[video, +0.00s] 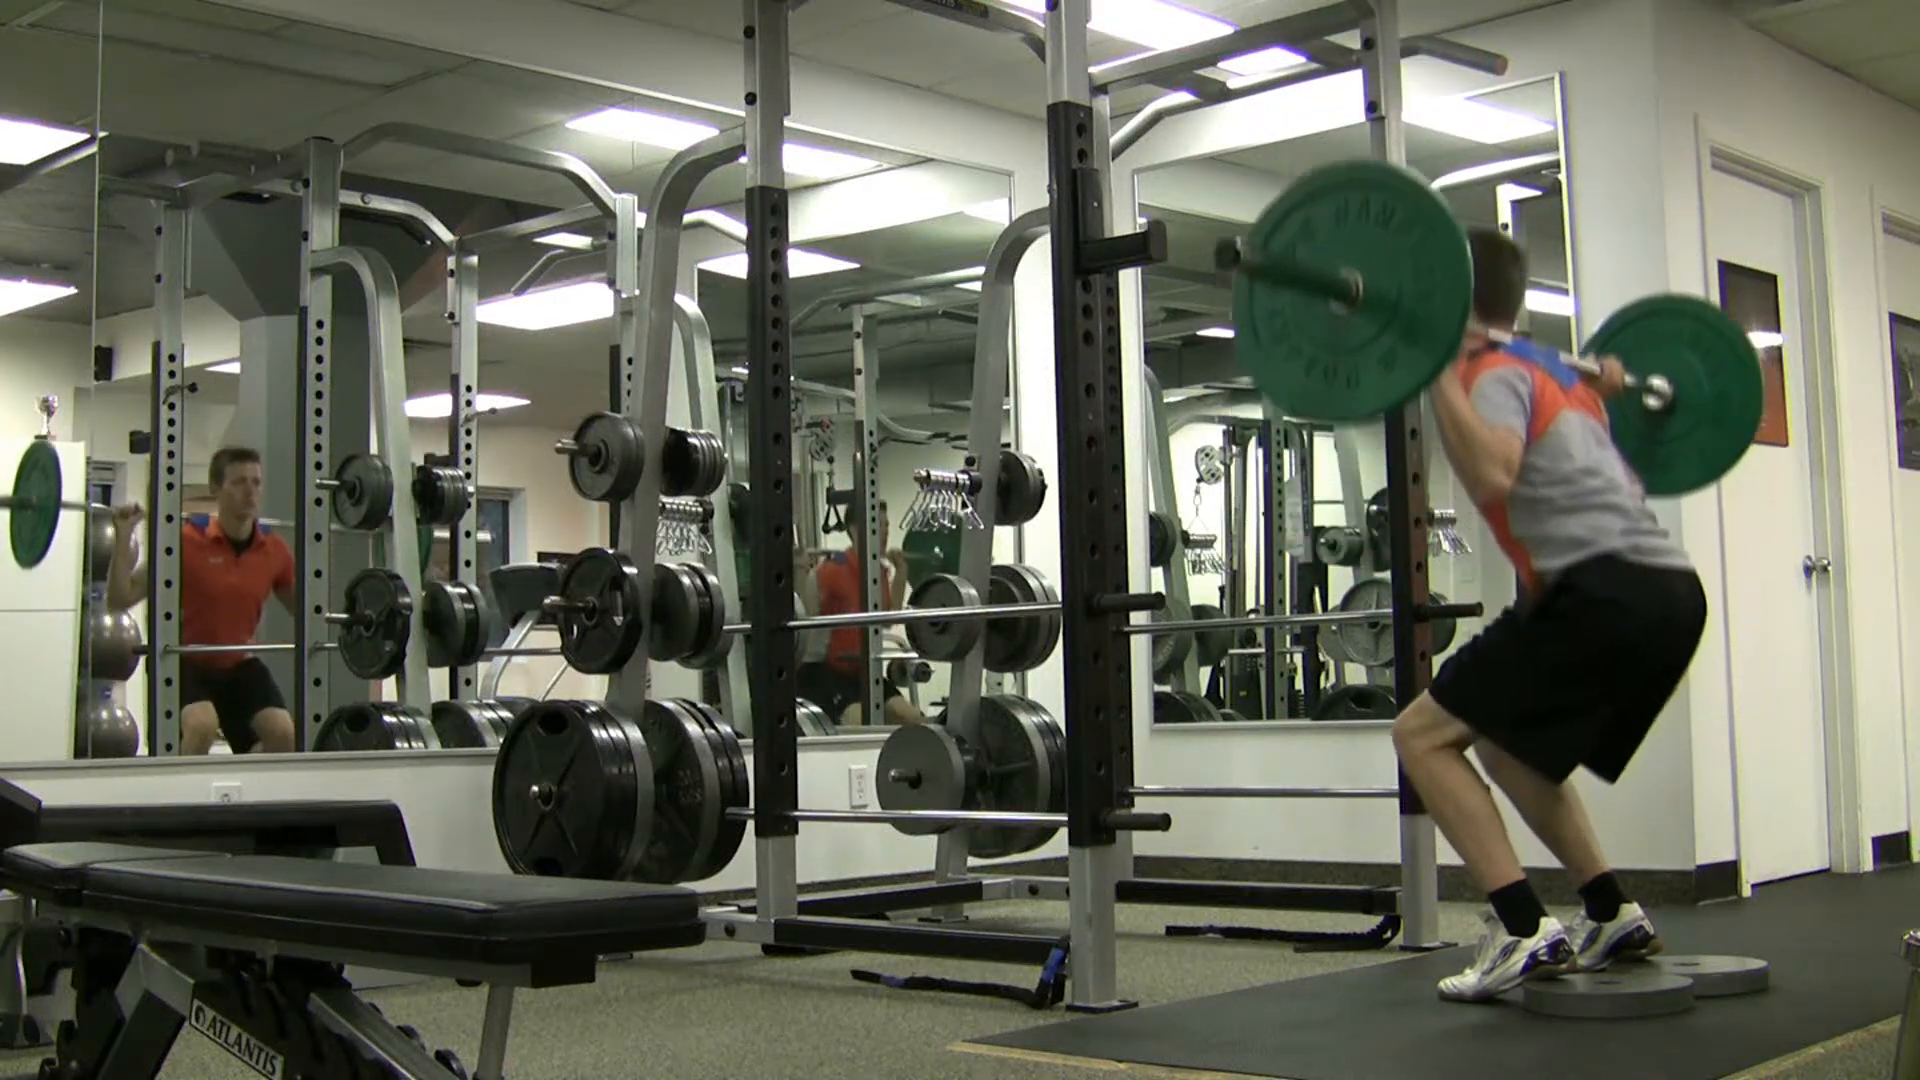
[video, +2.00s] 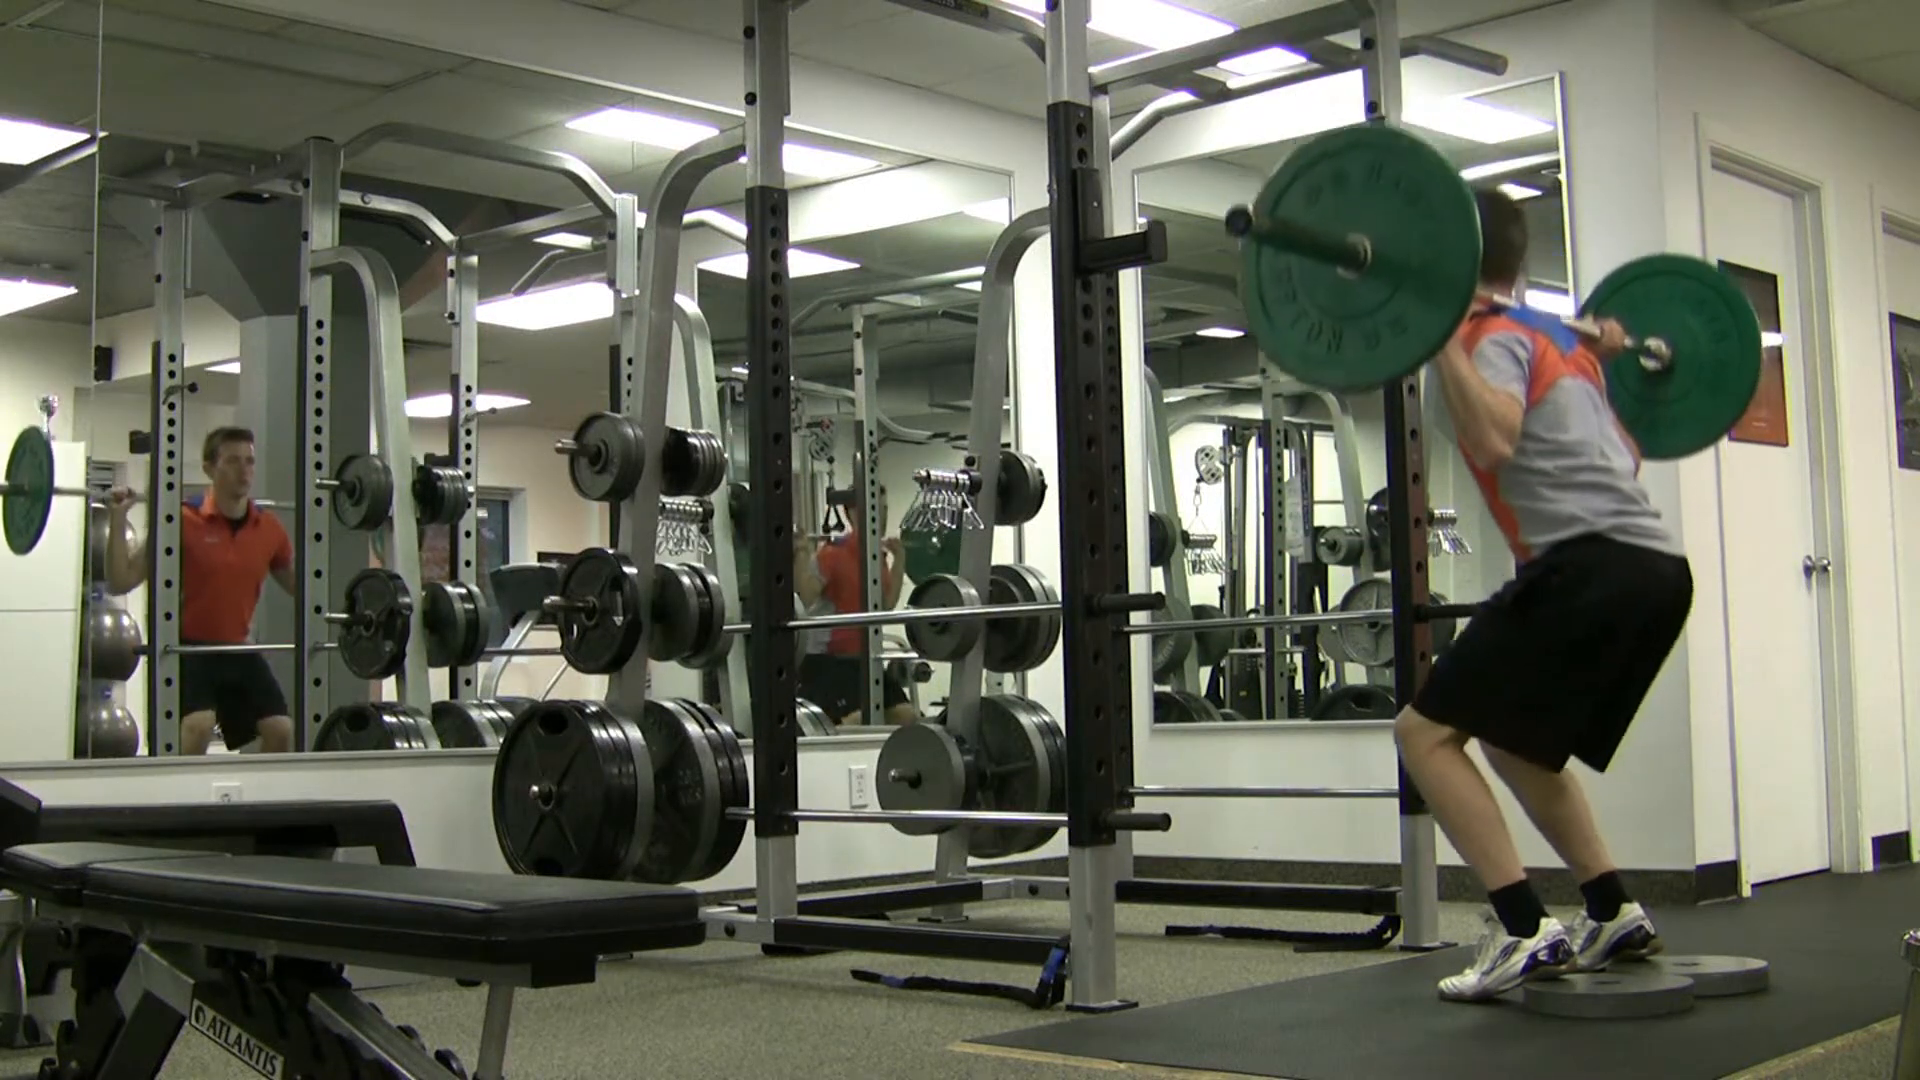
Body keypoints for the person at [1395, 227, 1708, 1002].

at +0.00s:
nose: (1435, 321)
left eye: (1438, 305)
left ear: (1453, 307)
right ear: (1514, 307)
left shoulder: (1496, 370)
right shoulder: (1555, 373)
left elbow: (1494, 477)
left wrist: (1440, 378)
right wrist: (1593, 382)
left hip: (1599, 590)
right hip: (1671, 593)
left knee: (1420, 735)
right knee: (1512, 750)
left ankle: (1522, 929)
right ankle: (1614, 913)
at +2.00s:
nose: (1435, 276)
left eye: (1441, 259)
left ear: (1454, 263)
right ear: (1518, 266)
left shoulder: (1494, 335)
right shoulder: (1564, 345)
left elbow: (1493, 442)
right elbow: (1625, 450)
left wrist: (1440, 339)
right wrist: (1598, 357)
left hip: (1585, 566)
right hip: (1656, 572)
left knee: (1423, 731)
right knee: (1517, 741)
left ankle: (1524, 930)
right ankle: (1615, 912)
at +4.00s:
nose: (1435, 231)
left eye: (1437, 215)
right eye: (1440, 213)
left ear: (1452, 217)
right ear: (1515, 220)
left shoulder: (1491, 286)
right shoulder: (1563, 298)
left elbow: (1485, 391)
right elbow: (1628, 410)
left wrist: (1433, 286)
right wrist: (1600, 312)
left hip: (1584, 519)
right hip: (1650, 520)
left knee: (1449, 713)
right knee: (1522, 718)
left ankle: (1523, 928)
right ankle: (1615, 911)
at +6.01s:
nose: (1426, 291)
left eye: (1432, 273)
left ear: (1446, 282)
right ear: (1514, 284)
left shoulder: (1489, 352)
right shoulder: (1560, 361)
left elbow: (1488, 462)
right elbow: (1626, 466)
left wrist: (1435, 361)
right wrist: (1594, 373)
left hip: (1587, 577)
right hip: (1659, 584)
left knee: (1418, 734)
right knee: (1511, 745)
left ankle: (1523, 927)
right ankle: (1613, 911)